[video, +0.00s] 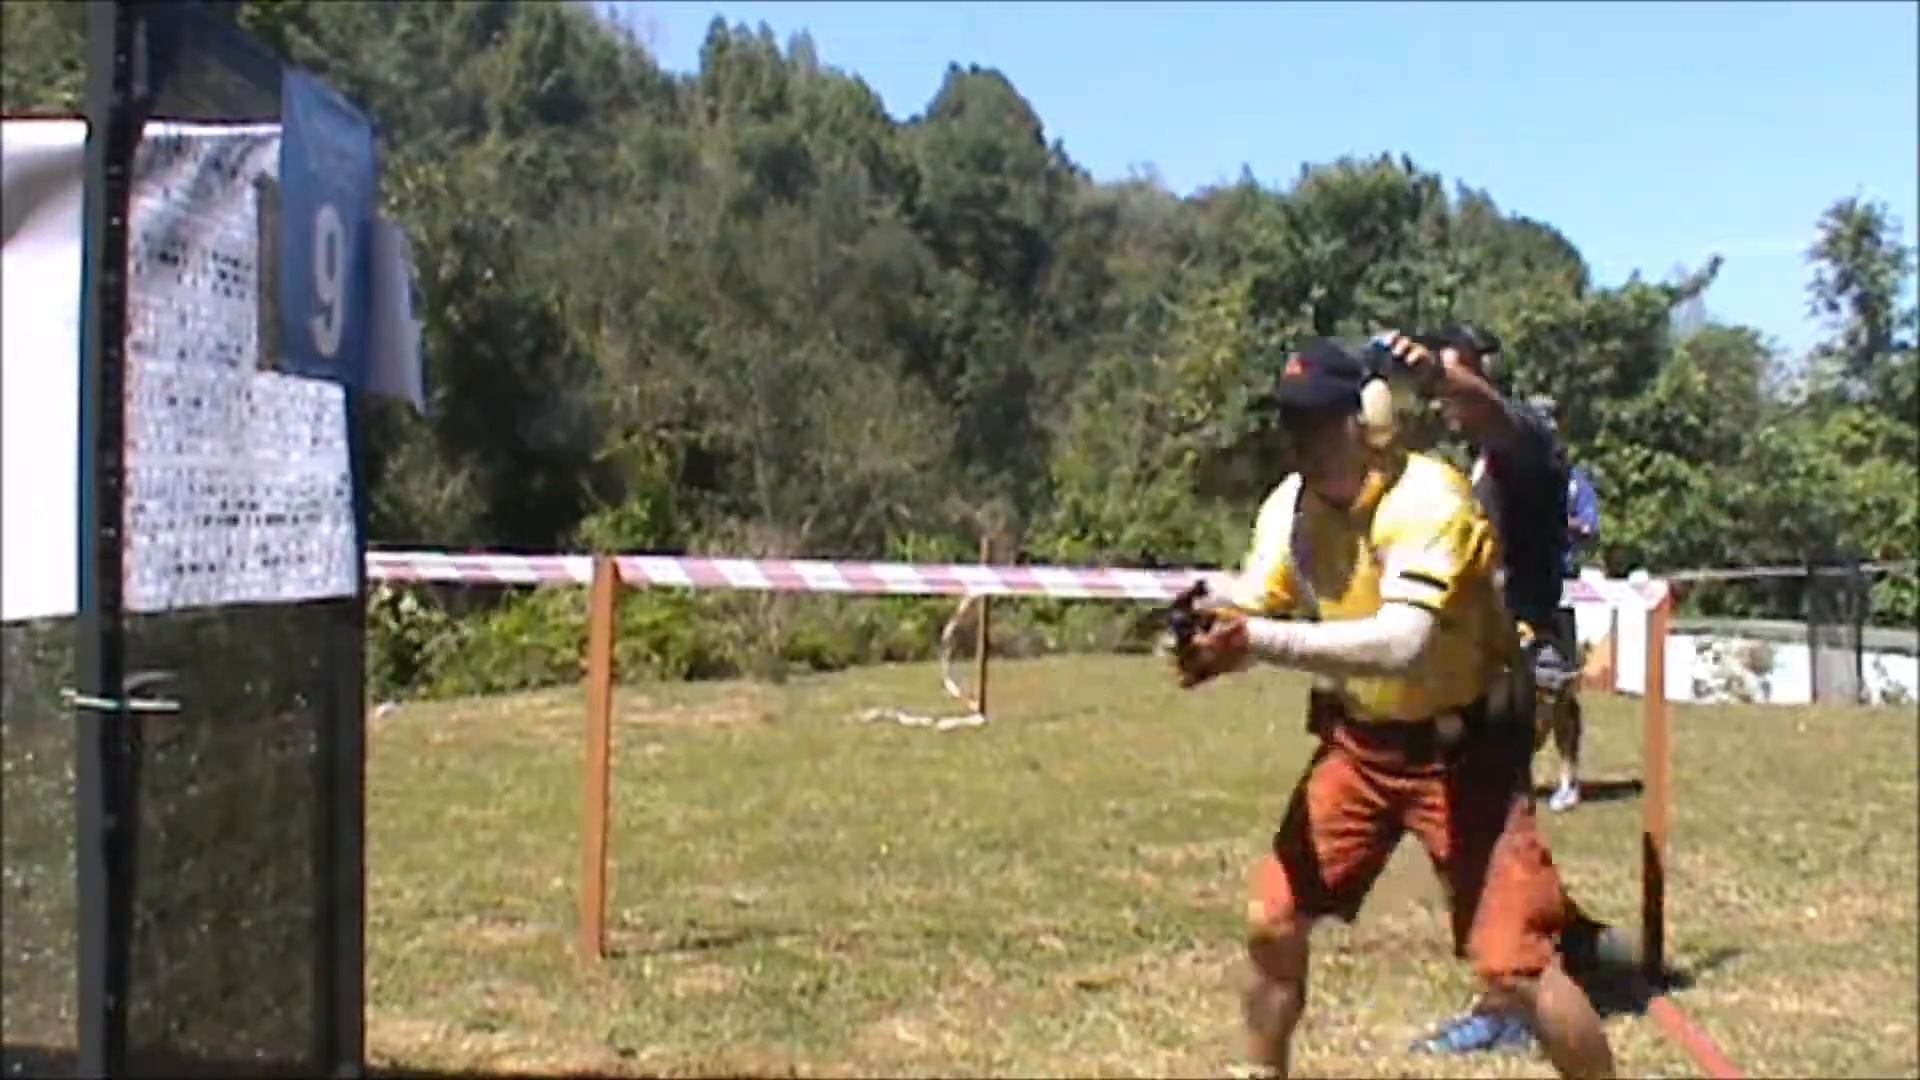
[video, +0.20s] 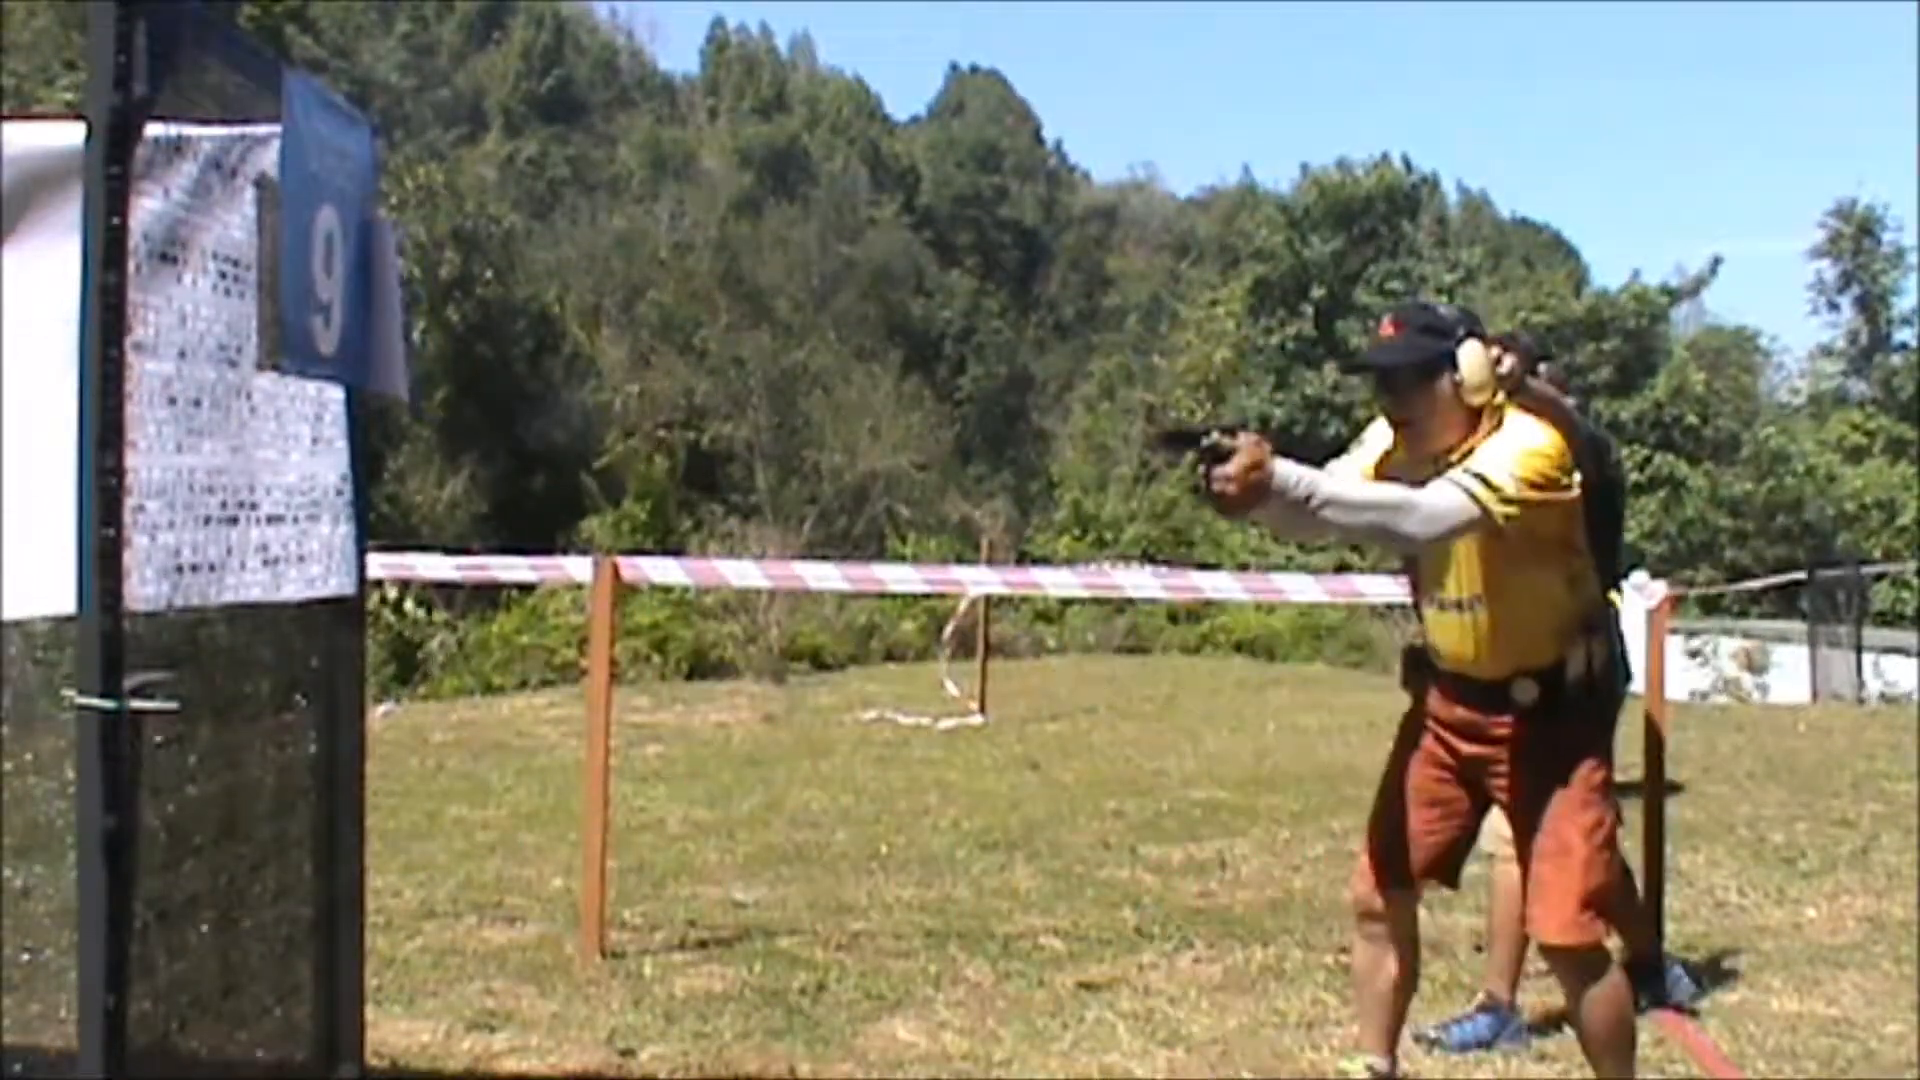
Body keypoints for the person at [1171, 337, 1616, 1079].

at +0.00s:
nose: (1299, 442)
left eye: (1315, 424)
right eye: (1291, 425)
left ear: (1364, 424)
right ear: (1286, 430)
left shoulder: (1431, 500)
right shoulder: (1289, 504)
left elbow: (1399, 641)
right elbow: (1257, 609)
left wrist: (1255, 640)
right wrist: (1212, 631)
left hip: (1464, 757)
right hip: (1356, 751)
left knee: (1517, 964)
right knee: (1274, 922)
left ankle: (1598, 1073)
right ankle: (1265, 1069)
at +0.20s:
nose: (1392, 405)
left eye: (1409, 385)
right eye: (1384, 386)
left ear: (1461, 381)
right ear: (1379, 386)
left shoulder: (1531, 445)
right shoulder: (1393, 443)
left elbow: (1426, 520)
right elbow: (1324, 515)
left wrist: (1283, 480)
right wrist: (1256, 492)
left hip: (1554, 719)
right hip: (1447, 711)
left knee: (1571, 935)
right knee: (1379, 897)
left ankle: (1617, 1074)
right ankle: (1377, 1064)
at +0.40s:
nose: (1418, 398)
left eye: (1433, 379)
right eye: (1413, 382)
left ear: (1492, 370)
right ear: (1419, 380)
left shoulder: (1568, 429)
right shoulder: (1453, 439)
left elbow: (1460, 471)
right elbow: (1372, 471)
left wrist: (1323, 426)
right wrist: (1302, 439)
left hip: (1599, 699)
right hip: (1490, 693)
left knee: (1609, 925)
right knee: (1462, 898)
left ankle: (1625, 1073)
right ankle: (1423, 1066)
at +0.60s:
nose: (1436, 399)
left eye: (1451, 380)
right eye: (1429, 383)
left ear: (1506, 372)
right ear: (1431, 381)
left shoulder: (1582, 431)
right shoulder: (1456, 444)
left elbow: (1487, 466)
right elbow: (1380, 473)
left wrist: (1355, 422)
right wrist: (1325, 438)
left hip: (1608, 708)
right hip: (1500, 704)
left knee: (1610, 928)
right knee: (1466, 908)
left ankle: (1625, 1073)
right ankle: (1431, 1071)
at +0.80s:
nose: (1435, 396)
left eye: (1451, 376)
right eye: (1430, 377)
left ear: (1507, 372)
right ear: (1431, 375)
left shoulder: (1584, 434)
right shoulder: (1452, 442)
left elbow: (1493, 468)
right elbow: (1376, 470)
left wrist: (1357, 419)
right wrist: (1325, 436)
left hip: (1607, 711)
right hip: (1499, 706)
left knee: (1608, 927)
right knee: (1462, 911)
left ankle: (1625, 1072)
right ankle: (1434, 1071)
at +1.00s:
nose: (1433, 395)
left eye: (1448, 376)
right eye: (1427, 378)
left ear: (1504, 371)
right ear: (1432, 374)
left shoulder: (1582, 430)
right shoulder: (1453, 446)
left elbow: (1496, 463)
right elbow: (1370, 473)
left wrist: (1355, 412)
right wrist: (1319, 430)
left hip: (1602, 712)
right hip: (1496, 708)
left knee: (1607, 932)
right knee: (1463, 911)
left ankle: (1623, 1073)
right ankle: (1435, 1071)